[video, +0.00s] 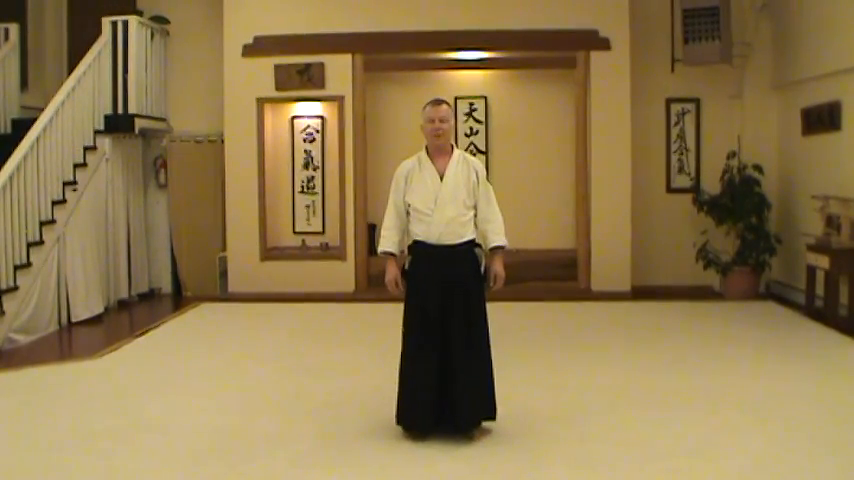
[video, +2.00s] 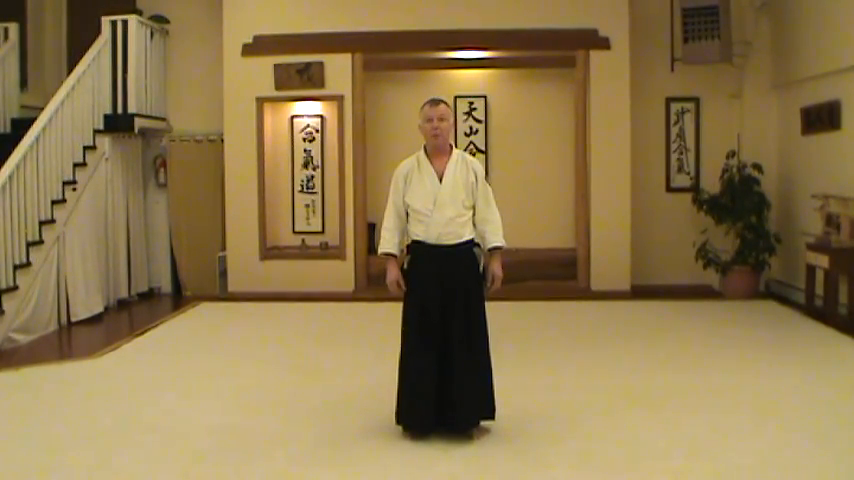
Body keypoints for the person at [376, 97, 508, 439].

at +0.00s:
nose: (437, 126)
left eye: (443, 121)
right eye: (431, 121)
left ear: (453, 125)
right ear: (422, 126)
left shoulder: (471, 166)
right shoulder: (408, 169)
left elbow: (488, 211)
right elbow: (394, 216)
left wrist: (495, 255)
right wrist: (391, 260)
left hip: (463, 259)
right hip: (424, 260)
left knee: (465, 336)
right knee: (423, 337)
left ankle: (466, 416)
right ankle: (420, 417)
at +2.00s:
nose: (435, 126)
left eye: (442, 120)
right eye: (429, 120)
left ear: (453, 124)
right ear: (420, 127)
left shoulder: (470, 166)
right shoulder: (406, 170)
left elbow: (486, 212)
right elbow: (393, 217)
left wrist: (494, 256)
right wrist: (391, 262)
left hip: (462, 260)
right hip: (422, 260)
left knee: (463, 335)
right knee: (422, 336)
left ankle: (463, 416)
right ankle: (419, 417)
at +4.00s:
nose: (436, 122)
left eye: (442, 117)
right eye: (429, 117)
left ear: (453, 124)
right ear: (420, 125)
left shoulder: (470, 167)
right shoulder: (405, 170)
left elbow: (485, 213)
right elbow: (392, 217)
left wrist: (493, 258)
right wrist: (389, 261)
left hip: (461, 260)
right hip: (422, 260)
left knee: (463, 337)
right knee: (422, 337)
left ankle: (464, 417)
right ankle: (420, 418)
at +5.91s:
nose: (429, 137)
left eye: (435, 130)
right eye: (423, 131)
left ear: (446, 130)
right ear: (414, 133)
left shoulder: (465, 168)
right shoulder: (400, 171)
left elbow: (481, 213)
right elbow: (387, 218)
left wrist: (488, 256)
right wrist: (385, 261)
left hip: (456, 260)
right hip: (417, 261)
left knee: (460, 336)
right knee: (418, 337)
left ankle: (462, 416)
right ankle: (417, 417)